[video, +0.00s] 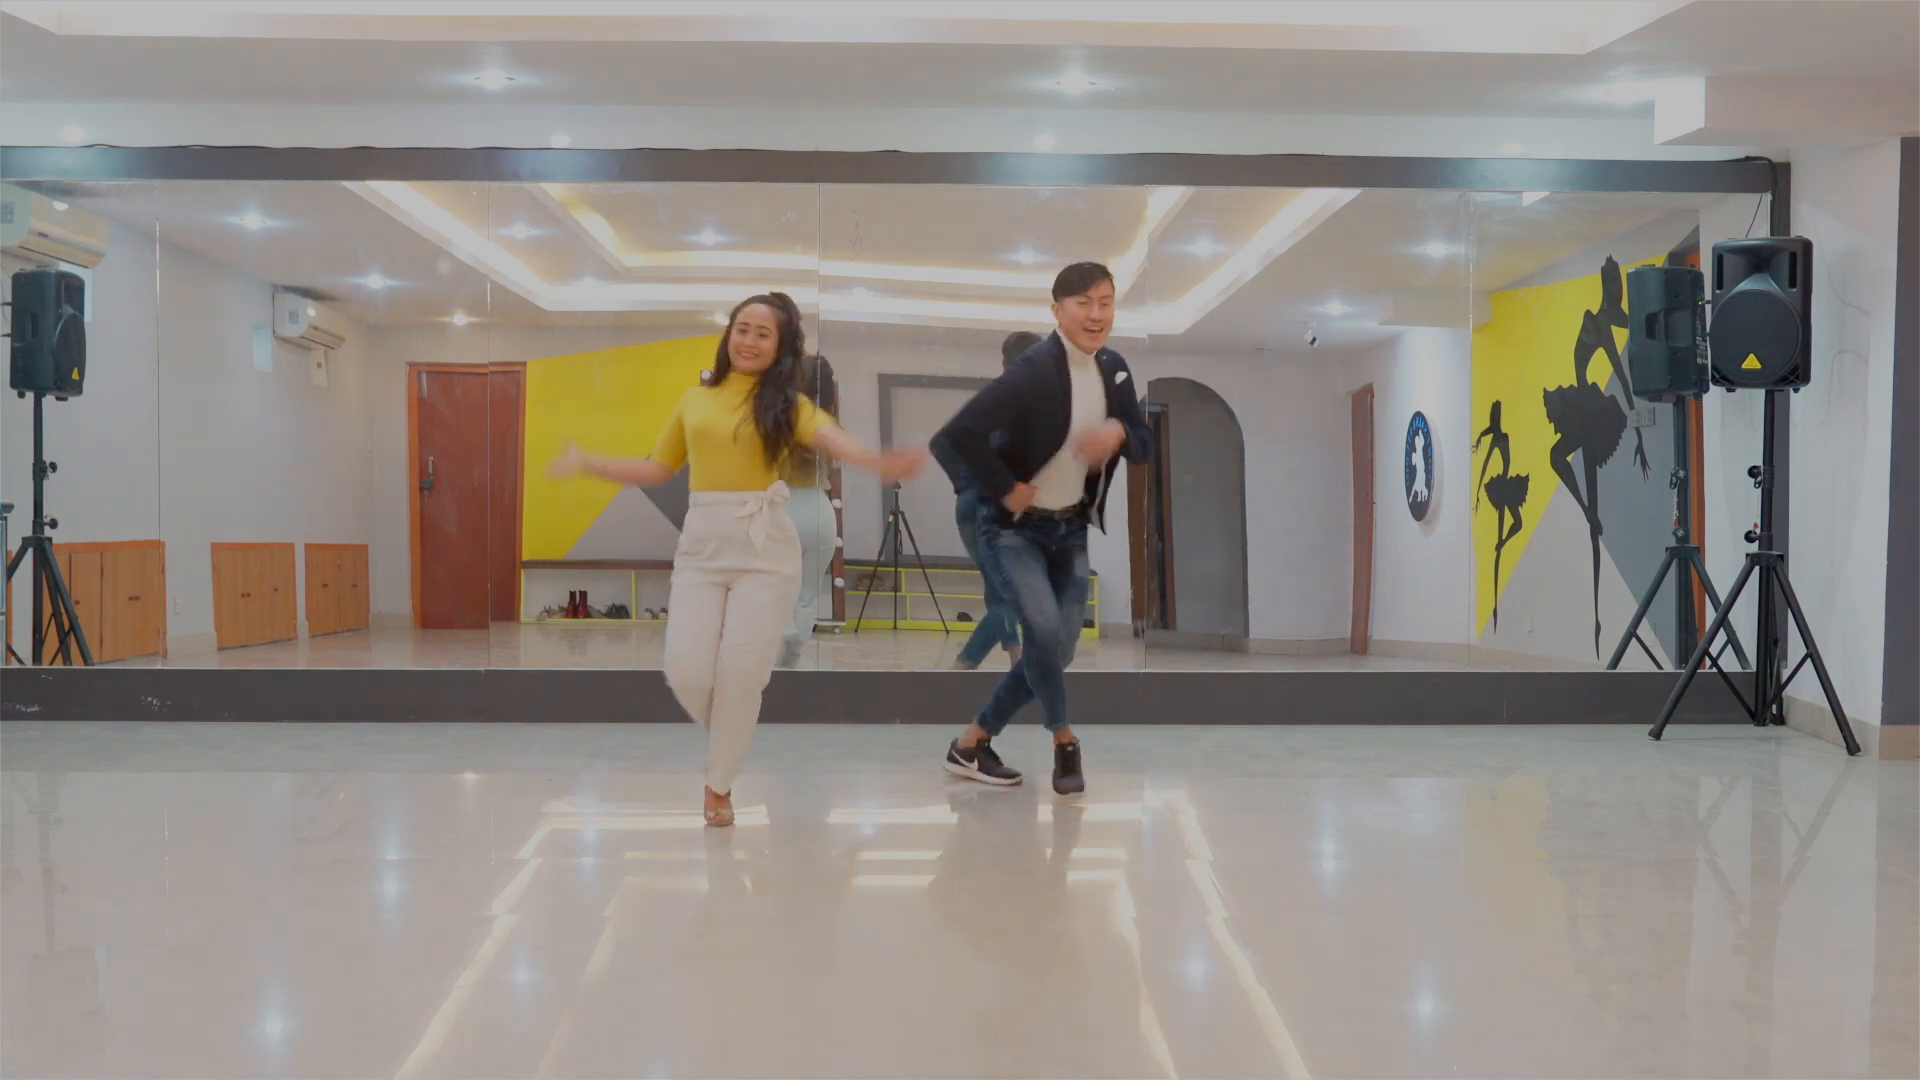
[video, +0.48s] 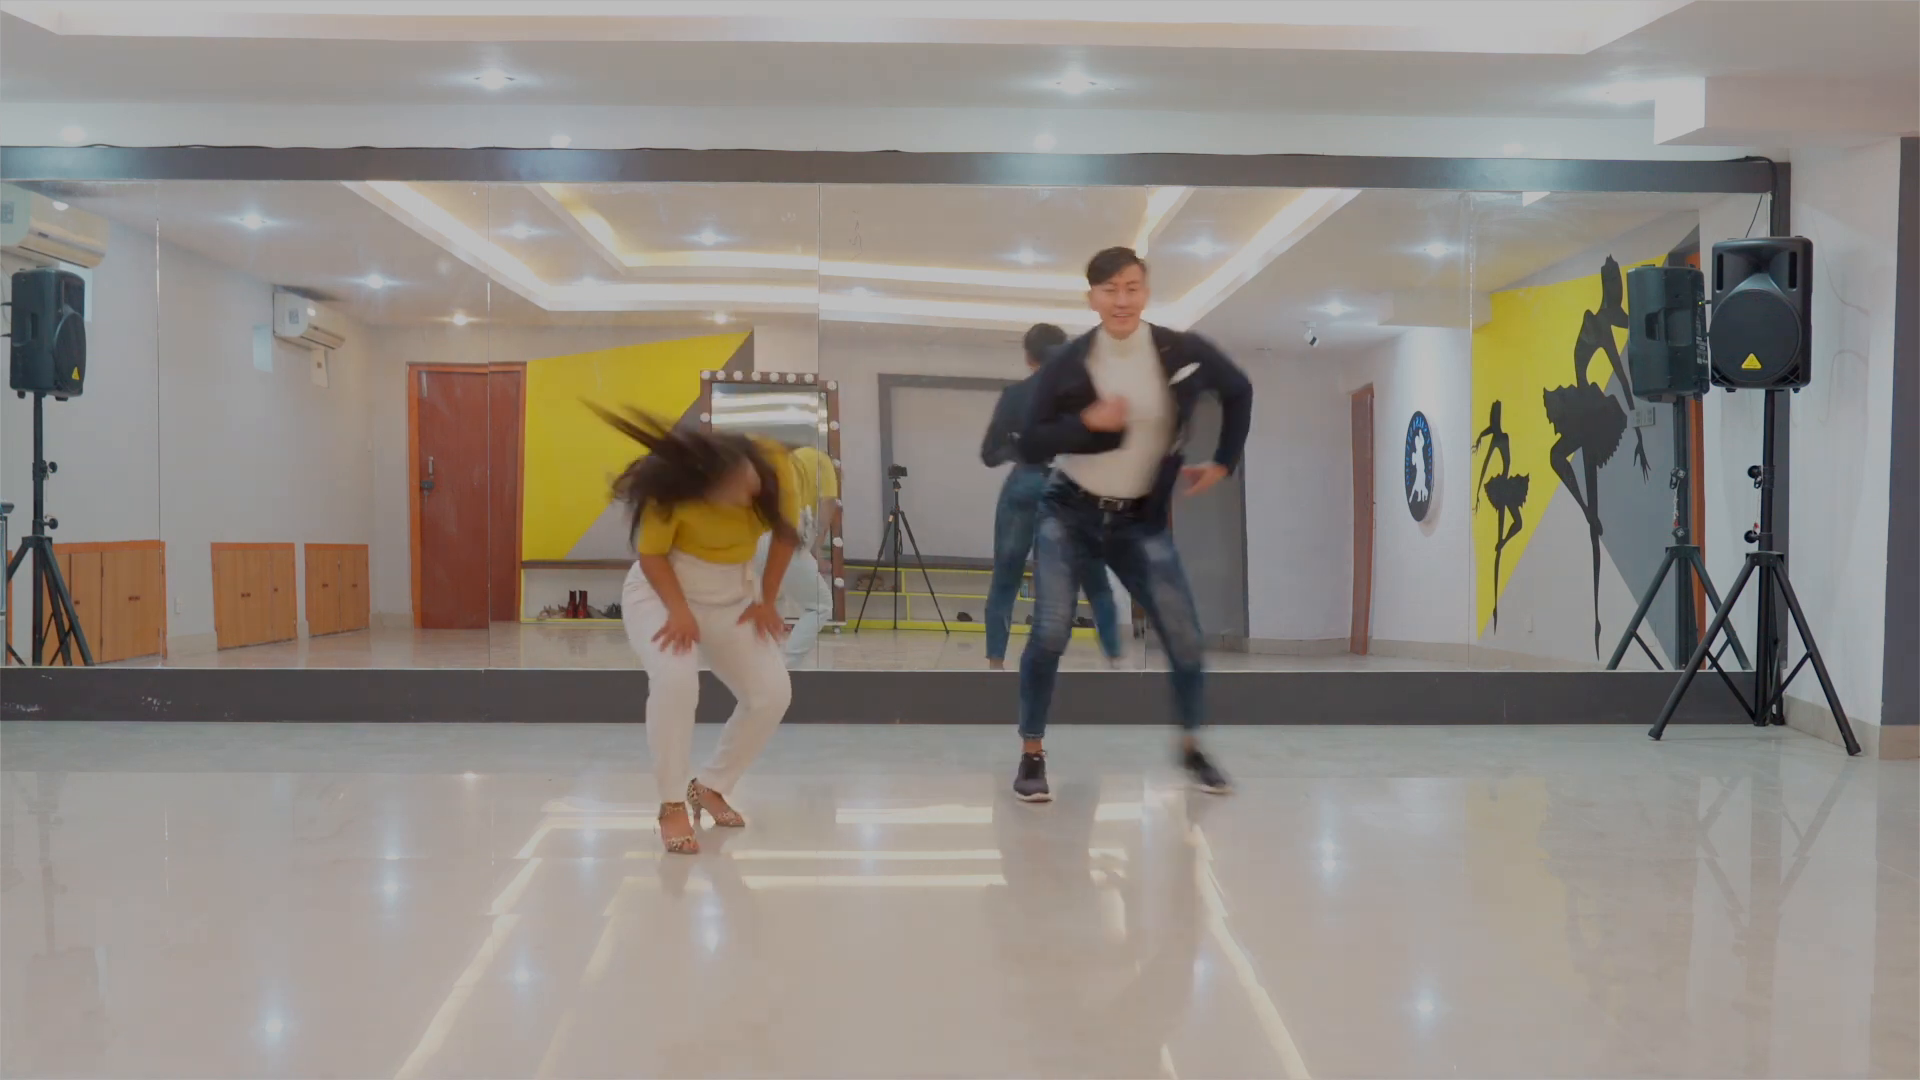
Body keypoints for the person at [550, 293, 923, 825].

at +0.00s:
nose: (749, 340)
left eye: (763, 334)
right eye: (742, 329)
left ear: (782, 348)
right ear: (728, 335)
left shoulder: (784, 403)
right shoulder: (696, 400)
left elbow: (834, 440)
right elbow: (657, 469)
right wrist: (588, 463)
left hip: (765, 544)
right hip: (700, 543)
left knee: (741, 674)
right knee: (684, 671)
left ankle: (718, 788)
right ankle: (730, 736)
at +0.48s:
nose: (750, 494)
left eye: (750, 484)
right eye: (736, 493)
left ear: (749, 467)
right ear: (705, 491)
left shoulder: (775, 469)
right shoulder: (668, 492)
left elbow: (787, 531)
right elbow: (651, 554)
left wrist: (768, 598)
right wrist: (679, 610)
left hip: (730, 599)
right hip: (660, 593)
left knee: (772, 693)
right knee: (676, 680)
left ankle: (710, 785)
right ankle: (673, 806)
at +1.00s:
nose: (734, 353)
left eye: (745, 351)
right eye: (722, 351)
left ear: (761, 379)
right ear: (706, 379)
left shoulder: (766, 439)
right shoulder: (681, 427)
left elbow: (759, 513)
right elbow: (625, 495)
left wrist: (753, 578)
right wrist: (647, 567)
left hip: (726, 579)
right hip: (661, 574)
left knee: (762, 689)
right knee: (678, 688)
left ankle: (712, 785)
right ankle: (673, 806)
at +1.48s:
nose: (718, 322)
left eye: (730, 313)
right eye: (708, 316)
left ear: (752, 331)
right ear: (695, 334)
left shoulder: (766, 394)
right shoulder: (676, 376)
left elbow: (779, 456)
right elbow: (601, 399)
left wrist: (762, 475)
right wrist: (653, 431)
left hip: (735, 549)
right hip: (672, 546)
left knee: (748, 676)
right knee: (678, 677)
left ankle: (711, 786)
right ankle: (674, 805)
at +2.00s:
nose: (728, 337)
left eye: (740, 328)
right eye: (717, 327)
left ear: (758, 338)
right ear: (699, 336)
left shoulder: (772, 400)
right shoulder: (684, 387)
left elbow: (773, 483)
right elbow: (705, 444)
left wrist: (802, 530)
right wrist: (714, 374)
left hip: (751, 545)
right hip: (685, 541)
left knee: (734, 678)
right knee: (663, 665)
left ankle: (726, 790)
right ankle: (685, 796)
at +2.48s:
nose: (760, 342)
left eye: (772, 331)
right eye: (749, 330)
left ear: (790, 335)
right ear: (734, 334)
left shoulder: (804, 395)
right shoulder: (712, 389)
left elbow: (843, 466)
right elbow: (658, 448)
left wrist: (888, 461)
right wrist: (589, 442)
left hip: (777, 548)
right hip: (726, 543)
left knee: (740, 677)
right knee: (789, 660)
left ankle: (689, 782)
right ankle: (783, 791)